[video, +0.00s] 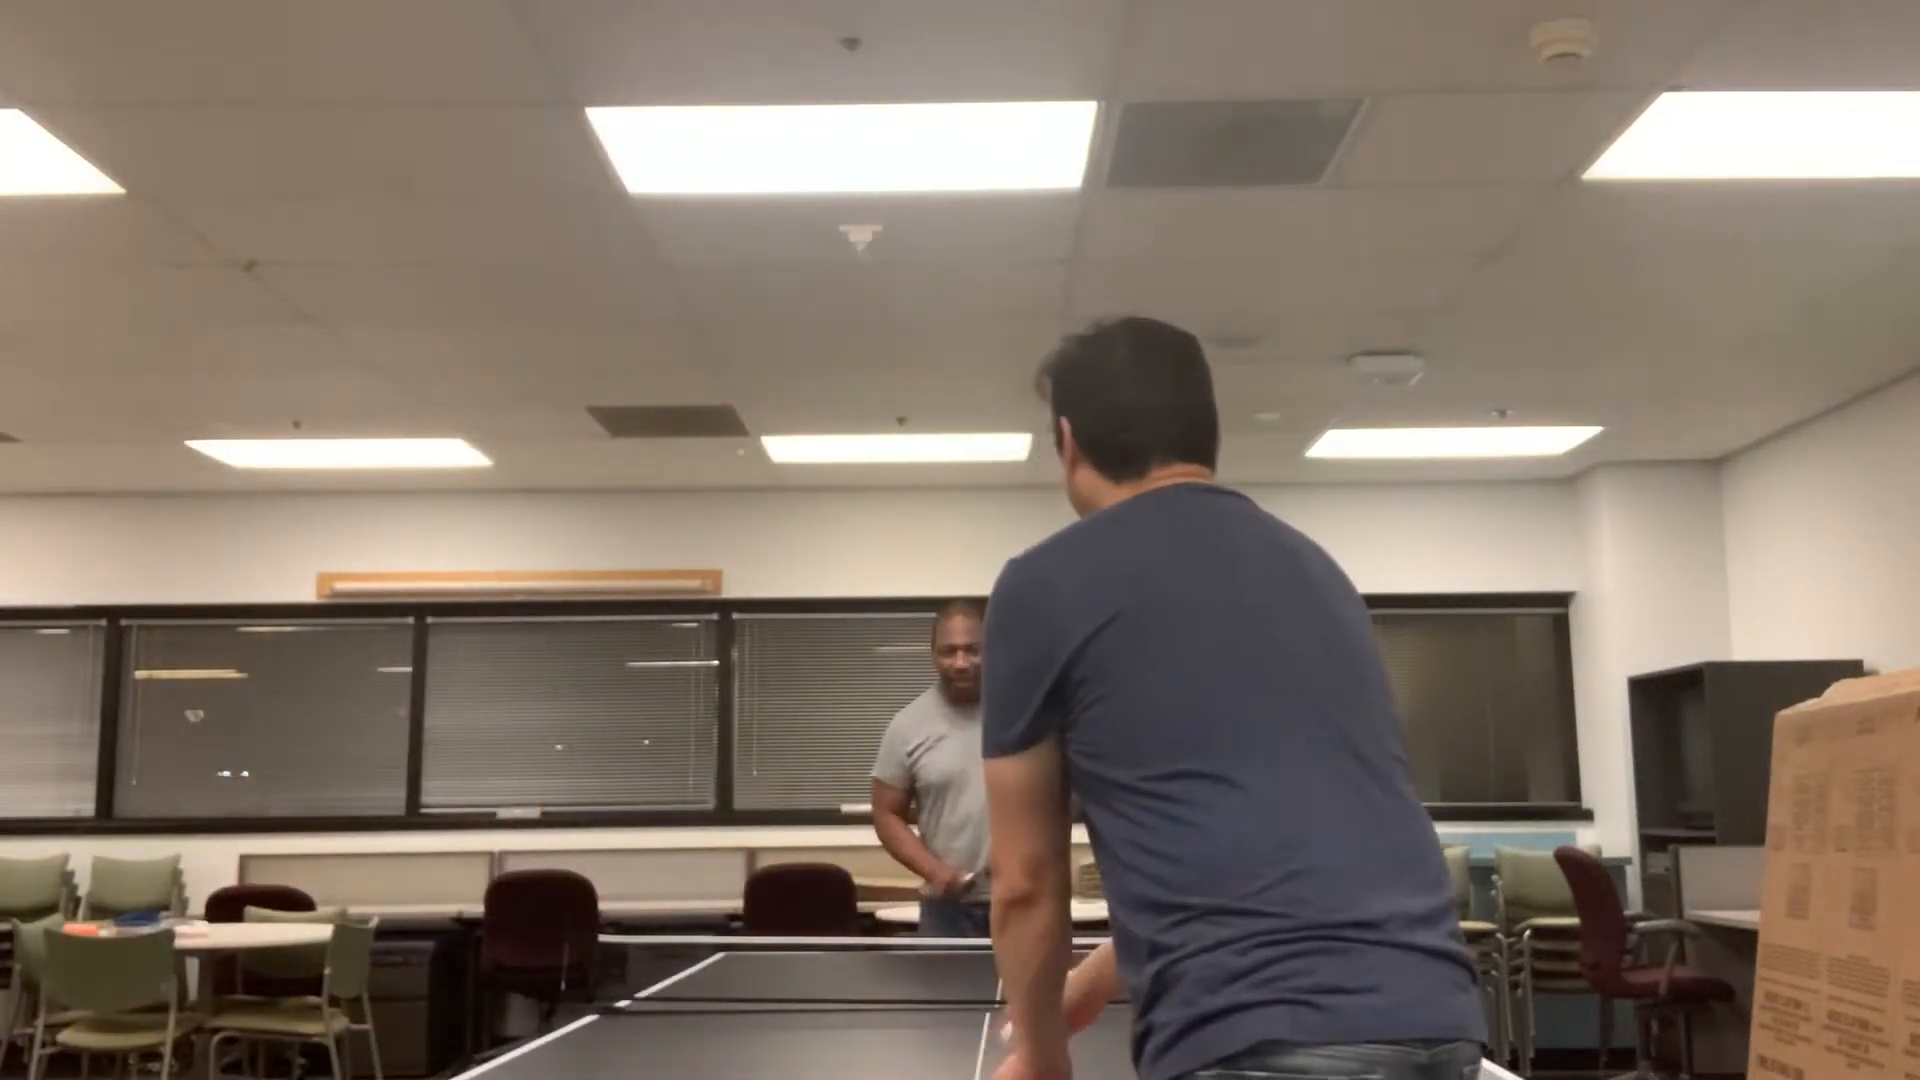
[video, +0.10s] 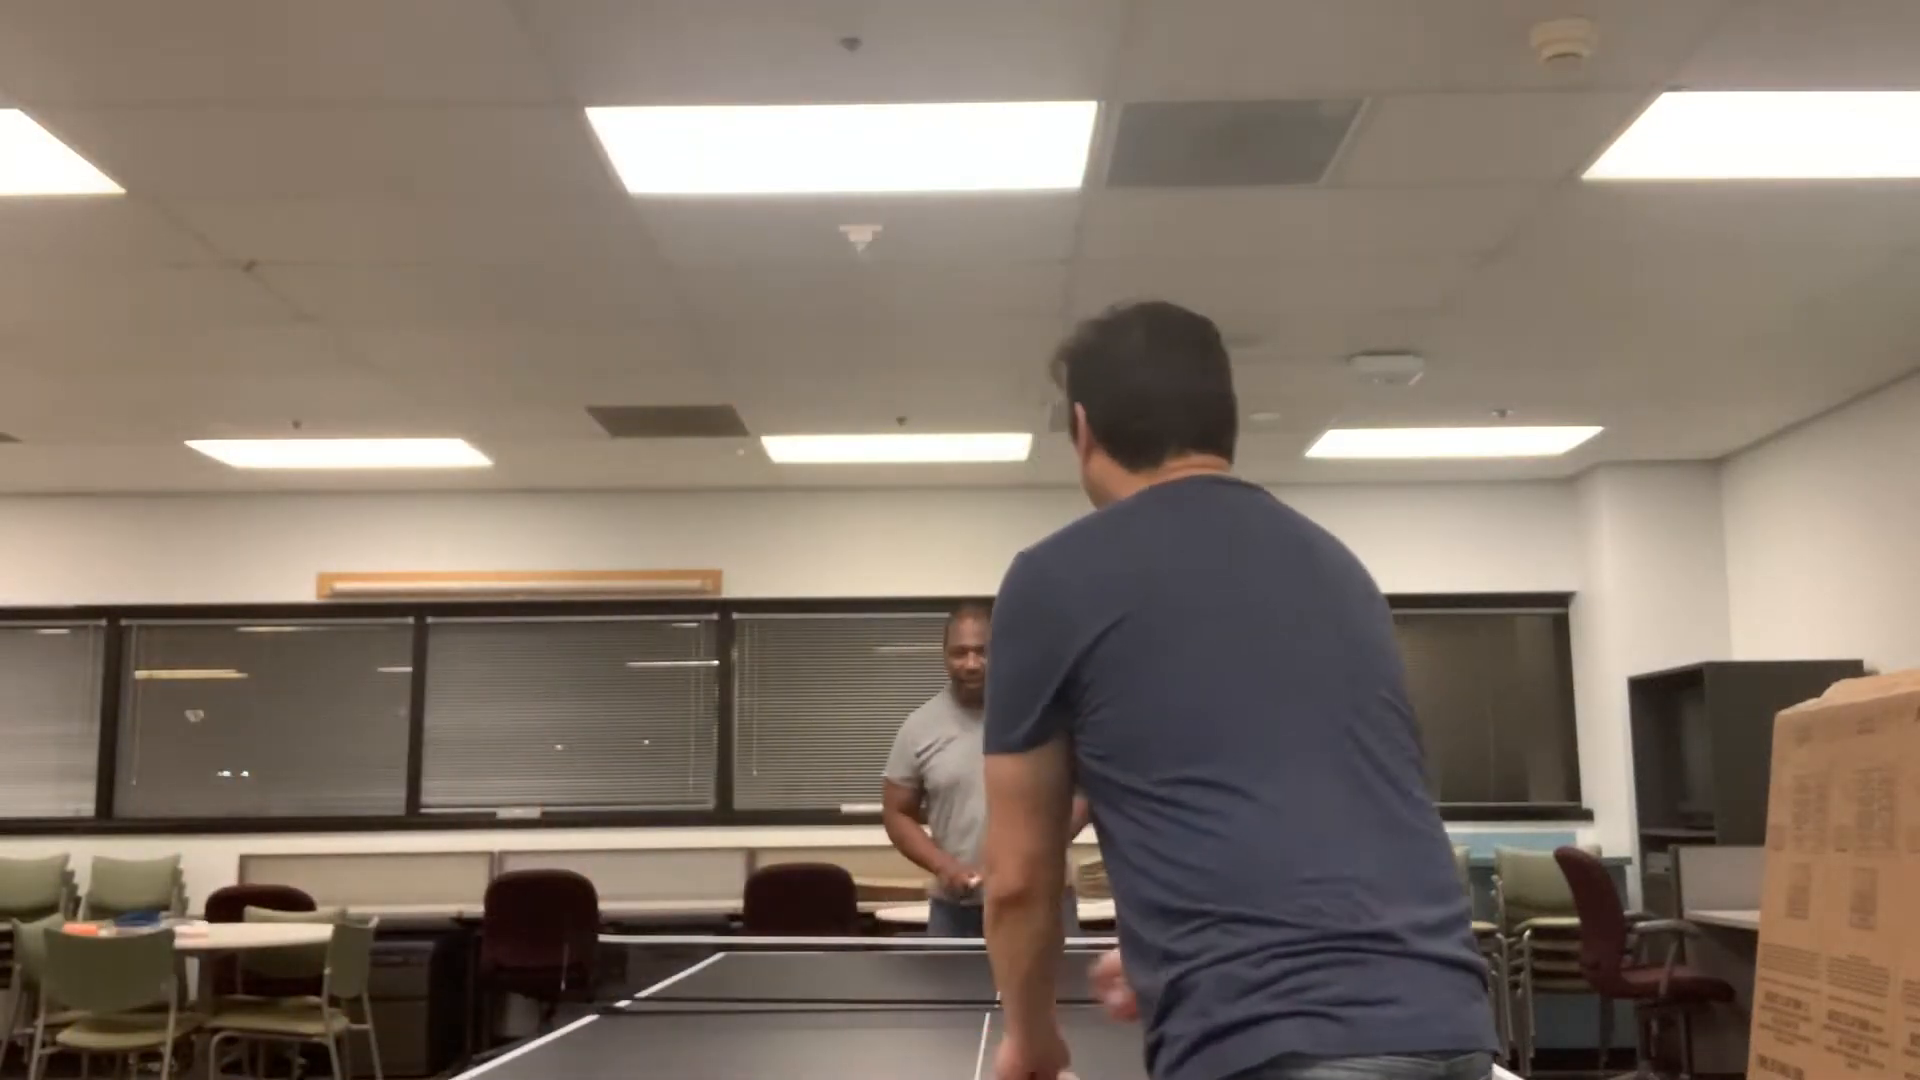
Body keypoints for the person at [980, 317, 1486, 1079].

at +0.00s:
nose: (1057, 464)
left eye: (1053, 446)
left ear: (1068, 444)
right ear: (1209, 434)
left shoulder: (1050, 582)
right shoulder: (1313, 565)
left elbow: (1024, 883)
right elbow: (1250, 842)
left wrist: (1038, 1052)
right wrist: (1083, 991)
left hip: (1257, 1036)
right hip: (1439, 1026)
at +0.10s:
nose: (1071, 450)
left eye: (1068, 430)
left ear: (1084, 430)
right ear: (1226, 420)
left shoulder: (1059, 576)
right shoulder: (1333, 559)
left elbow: (1017, 878)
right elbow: (1338, 817)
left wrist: (1032, 1041)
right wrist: (1175, 948)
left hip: (1266, 1039)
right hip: (1450, 1029)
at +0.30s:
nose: (1110, 405)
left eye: (1108, 385)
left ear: (1123, 384)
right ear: (1283, 384)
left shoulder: (1080, 554)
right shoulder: (1417, 569)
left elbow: (988, 878)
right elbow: (1462, 843)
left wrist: (1028, 967)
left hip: (1224, 1048)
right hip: (1453, 1046)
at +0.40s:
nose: (1120, 375)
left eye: (1118, 354)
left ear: (1134, 356)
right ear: (1303, 358)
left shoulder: (1076, 537)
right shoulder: (1452, 558)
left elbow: (979, 873)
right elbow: (1509, 865)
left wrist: (1045, 945)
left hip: (1213, 1046)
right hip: (1461, 1049)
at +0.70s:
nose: (1179, 303)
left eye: (1175, 283)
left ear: (1191, 278)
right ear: (1380, 279)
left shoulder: (1104, 479)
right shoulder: (1549, 505)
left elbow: (1012, 847)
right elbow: (1625, 835)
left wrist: (1143, 823)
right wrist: (1479, 893)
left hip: (1212, 1047)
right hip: (1499, 1052)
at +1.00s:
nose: (1251, 284)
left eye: (1247, 256)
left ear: (1269, 252)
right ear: (1464, 245)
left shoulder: (1194, 461)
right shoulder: (1625, 459)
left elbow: (1092, 798)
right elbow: (1645, 739)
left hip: (1324, 1044)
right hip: (1624, 1045)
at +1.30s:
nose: (1325, 304)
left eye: (1319, 272)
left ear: (1341, 262)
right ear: (1535, 250)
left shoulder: (1296, 472)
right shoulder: (1706, 444)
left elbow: (1191, 800)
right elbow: (1724, 709)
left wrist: (1298, 615)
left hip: (1477, 1046)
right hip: (1774, 1042)